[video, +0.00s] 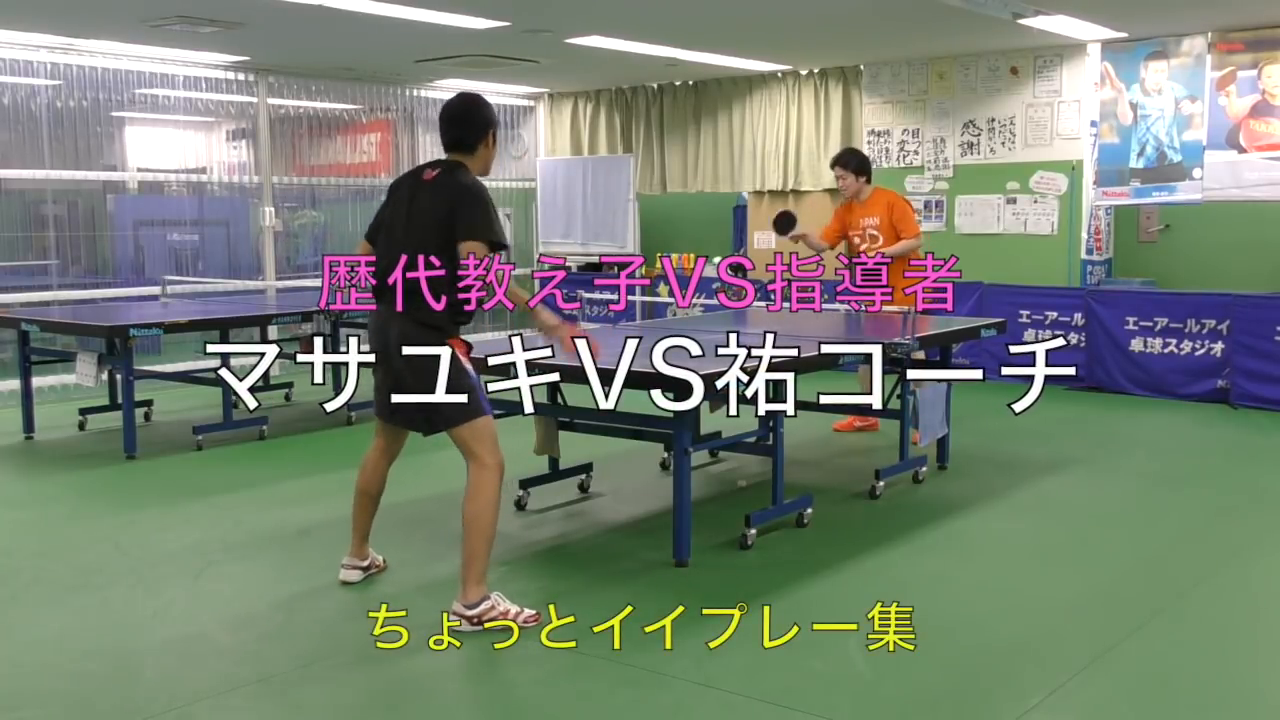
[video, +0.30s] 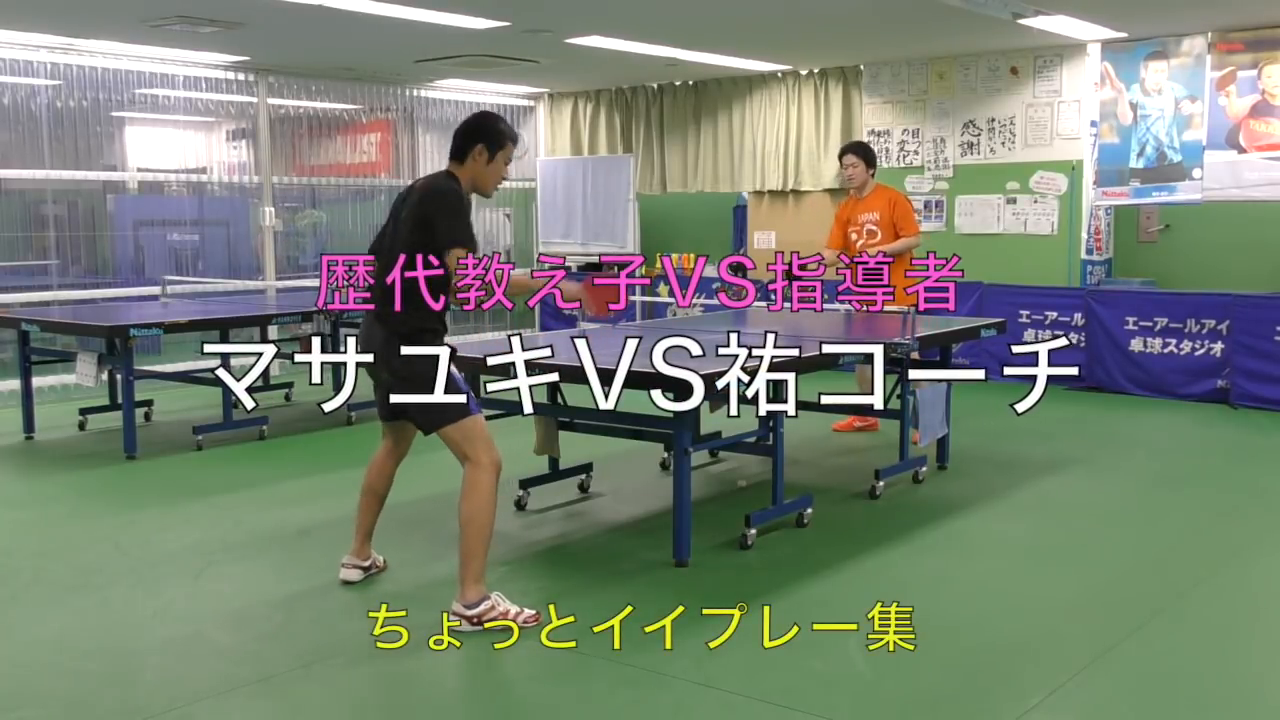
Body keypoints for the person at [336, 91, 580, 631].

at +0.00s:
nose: (497, 146)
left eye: (495, 137)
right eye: (496, 137)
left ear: (444, 137)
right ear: (487, 139)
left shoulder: (407, 183)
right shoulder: (467, 190)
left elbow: (370, 248)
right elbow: (479, 266)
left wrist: (421, 287)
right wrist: (544, 318)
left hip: (388, 341)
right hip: (433, 345)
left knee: (384, 445)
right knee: (487, 460)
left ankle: (356, 555)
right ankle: (474, 596)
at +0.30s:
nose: (505, 175)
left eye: (507, 165)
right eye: (503, 164)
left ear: (469, 155)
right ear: (477, 155)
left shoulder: (417, 193)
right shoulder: (447, 196)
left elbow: (376, 260)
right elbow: (467, 280)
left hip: (386, 345)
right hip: (418, 350)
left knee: (394, 443)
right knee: (484, 460)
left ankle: (358, 554)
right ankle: (473, 597)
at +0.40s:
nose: (497, 161)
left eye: (498, 151)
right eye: (496, 150)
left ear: (451, 143)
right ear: (474, 145)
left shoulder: (404, 185)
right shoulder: (469, 190)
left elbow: (370, 249)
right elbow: (528, 250)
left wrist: (427, 269)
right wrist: (572, 226)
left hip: (384, 340)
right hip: (425, 345)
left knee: (382, 443)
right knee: (485, 459)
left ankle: (357, 554)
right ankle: (473, 597)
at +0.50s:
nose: (488, 147)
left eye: (486, 138)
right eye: (486, 138)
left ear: (437, 138)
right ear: (474, 139)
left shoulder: (396, 184)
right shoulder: (478, 185)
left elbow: (364, 246)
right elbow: (549, 225)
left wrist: (420, 255)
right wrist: (562, 195)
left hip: (383, 339)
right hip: (434, 342)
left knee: (379, 445)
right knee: (491, 460)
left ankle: (356, 554)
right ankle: (475, 595)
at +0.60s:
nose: (481, 147)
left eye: (478, 139)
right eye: (480, 139)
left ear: (430, 141)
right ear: (472, 141)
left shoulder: (393, 188)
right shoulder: (478, 190)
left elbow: (361, 244)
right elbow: (549, 235)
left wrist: (415, 247)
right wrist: (553, 206)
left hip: (387, 344)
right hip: (438, 347)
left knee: (379, 447)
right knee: (497, 464)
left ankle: (356, 555)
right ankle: (475, 596)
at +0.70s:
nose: (483, 145)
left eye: (479, 137)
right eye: (482, 137)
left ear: (432, 139)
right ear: (474, 139)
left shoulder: (395, 185)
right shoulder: (477, 192)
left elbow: (363, 243)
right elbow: (526, 257)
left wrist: (418, 251)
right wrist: (561, 247)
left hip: (386, 342)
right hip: (437, 345)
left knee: (380, 445)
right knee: (491, 460)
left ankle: (356, 554)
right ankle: (475, 596)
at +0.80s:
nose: (493, 150)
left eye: (492, 141)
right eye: (492, 141)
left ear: (440, 139)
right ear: (482, 141)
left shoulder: (404, 185)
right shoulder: (462, 190)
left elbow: (368, 243)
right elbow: (470, 272)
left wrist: (415, 277)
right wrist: (535, 319)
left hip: (385, 341)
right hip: (429, 345)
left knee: (385, 444)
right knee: (484, 460)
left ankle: (357, 555)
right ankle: (474, 597)